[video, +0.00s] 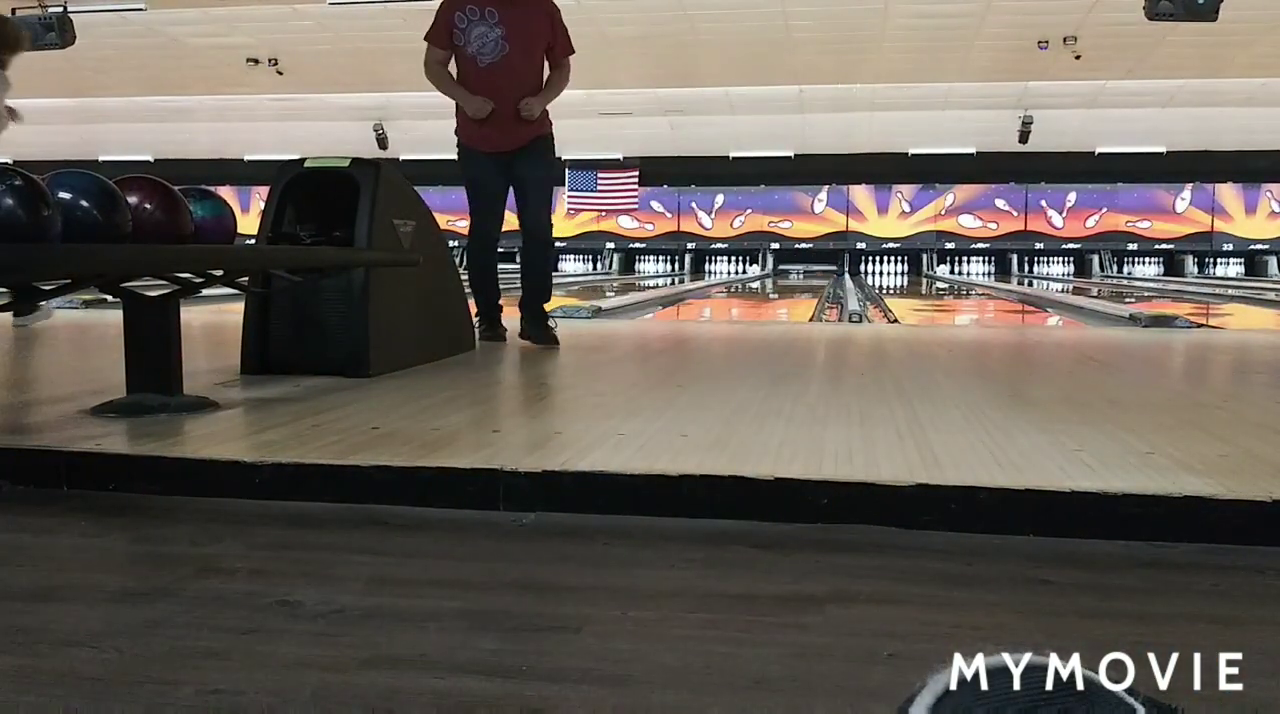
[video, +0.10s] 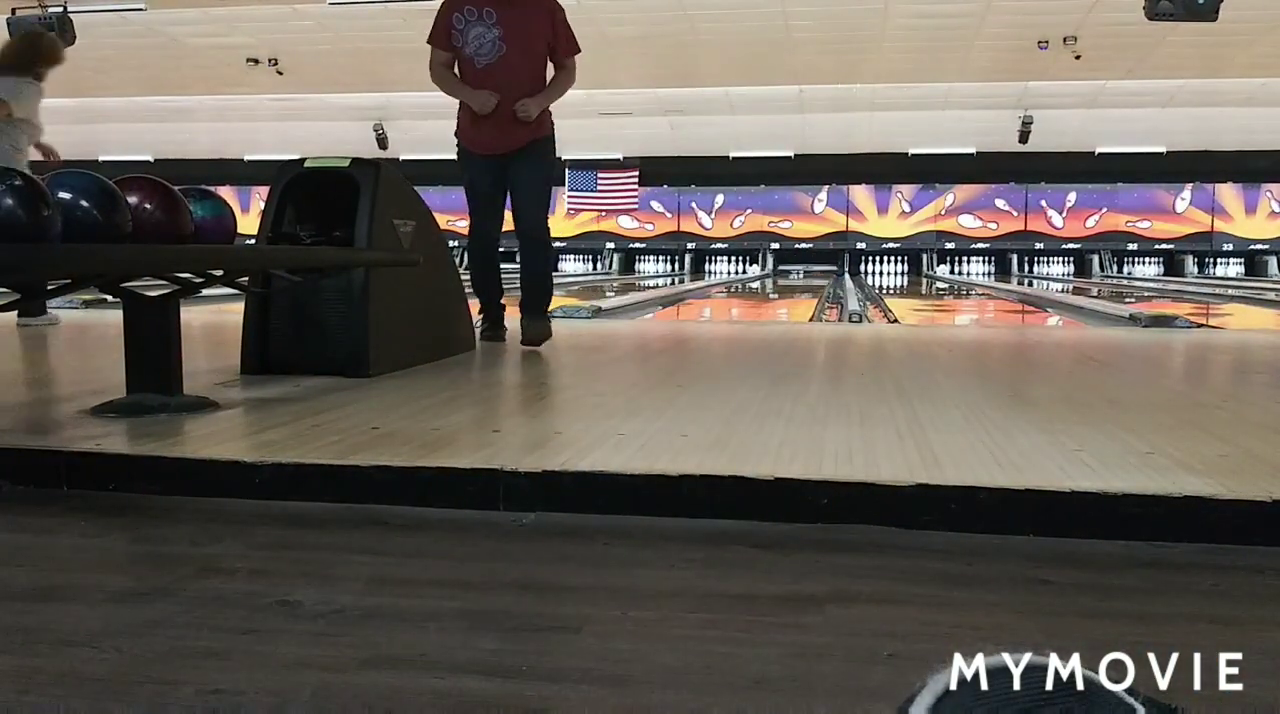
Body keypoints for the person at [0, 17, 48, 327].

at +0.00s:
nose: (7, 81)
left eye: (5, 68)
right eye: (4, 68)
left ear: (8, 56)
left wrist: (2, 110)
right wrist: (3, 110)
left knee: (10, 213)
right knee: (8, 213)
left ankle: (26, 296)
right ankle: (25, 296)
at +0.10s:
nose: (50, 72)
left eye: (52, 66)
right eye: (49, 65)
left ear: (18, 53)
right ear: (39, 62)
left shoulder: (13, 81)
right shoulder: (26, 87)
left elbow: (18, 123)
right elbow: (17, 122)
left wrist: (39, 144)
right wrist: (40, 144)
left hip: (11, 167)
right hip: (9, 170)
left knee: (27, 233)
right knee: (31, 232)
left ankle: (33, 305)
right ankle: (32, 306)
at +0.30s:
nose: (113, 106)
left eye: (116, 101)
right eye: (114, 100)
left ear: (81, 82)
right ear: (104, 95)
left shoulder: (48, 107)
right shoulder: (93, 117)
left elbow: (18, 138)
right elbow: (62, 135)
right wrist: (29, 148)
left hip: (27, 186)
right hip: (57, 192)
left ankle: (35, 301)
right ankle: (46, 301)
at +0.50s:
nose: (154, 106)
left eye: (155, 101)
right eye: (153, 100)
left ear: (116, 91)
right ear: (146, 100)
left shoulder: (89, 114)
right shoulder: (139, 131)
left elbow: (52, 140)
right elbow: (130, 177)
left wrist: (29, 169)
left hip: (67, 183)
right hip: (103, 192)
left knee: (77, 245)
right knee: (128, 249)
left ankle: (46, 294)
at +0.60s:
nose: (169, 106)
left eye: (169, 101)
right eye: (167, 101)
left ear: (131, 93)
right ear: (160, 101)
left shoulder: (105, 117)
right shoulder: (154, 130)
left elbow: (77, 147)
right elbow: (170, 180)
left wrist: (67, 180)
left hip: (81, 185)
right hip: (116, 192)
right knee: (139, 246)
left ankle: (51, 295)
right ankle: (151, 307)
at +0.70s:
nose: (180, 109)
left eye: (180, 103)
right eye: (179, 103)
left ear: (145, 94)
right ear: (173, 102)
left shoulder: (119, 116)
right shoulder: (170, 129)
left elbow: (94, 148)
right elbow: (201, 160)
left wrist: (87, 172)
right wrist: (219, 159)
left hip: (88, 184)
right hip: (121, 193)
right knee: (145, 248)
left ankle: (48, 291)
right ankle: (151, 312)